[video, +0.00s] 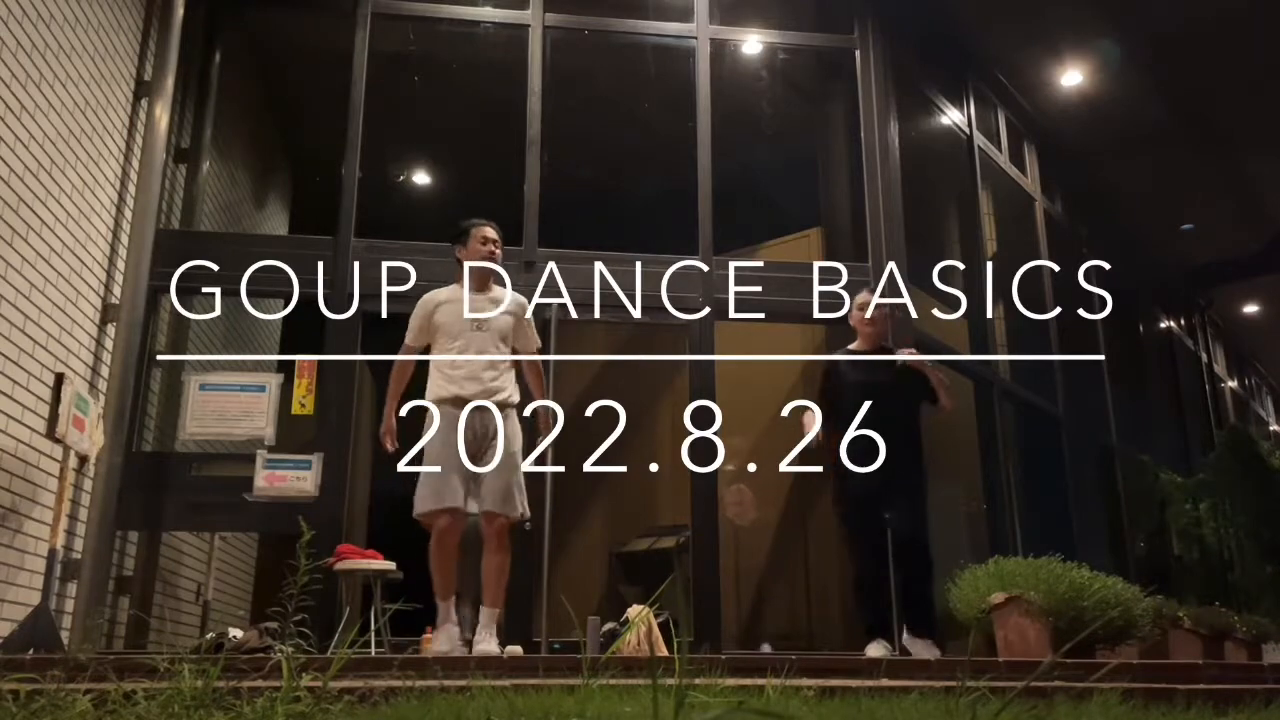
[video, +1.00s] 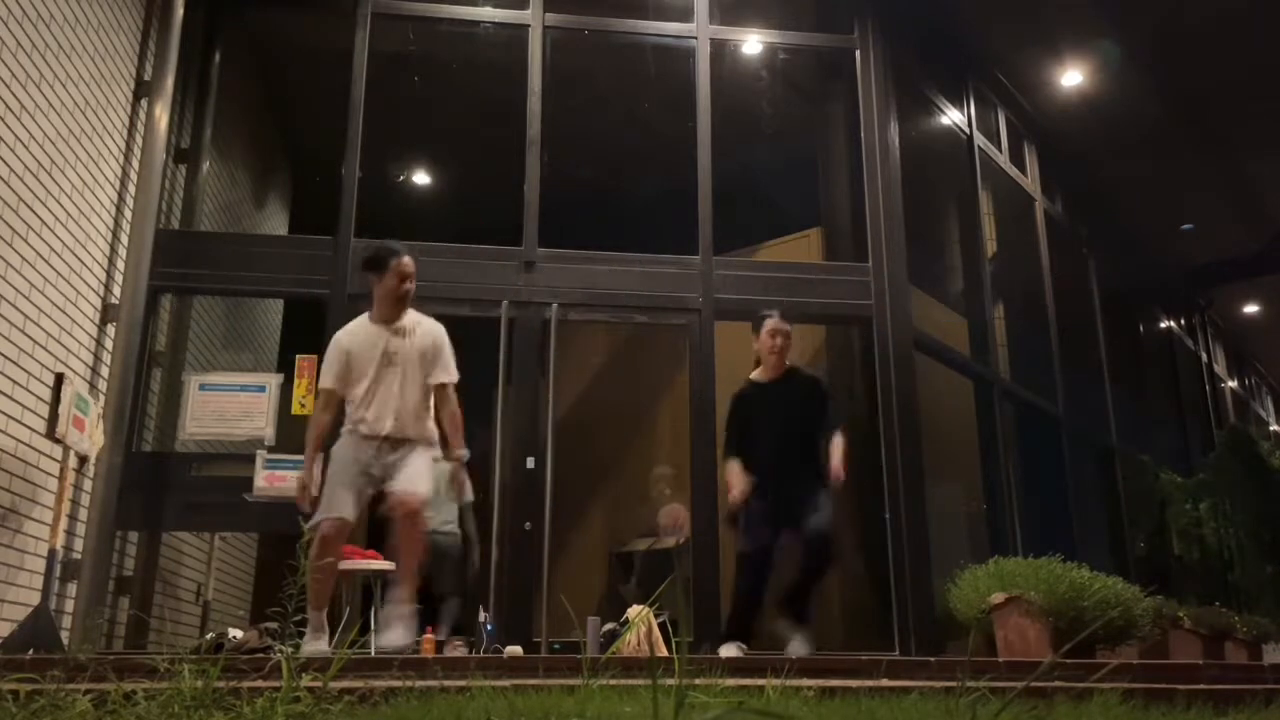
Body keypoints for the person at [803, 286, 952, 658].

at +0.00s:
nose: (875, 315)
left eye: (881, 309)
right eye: (866, 309)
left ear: (891, 317)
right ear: (852, 318)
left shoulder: (905, 361)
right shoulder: (836, 363)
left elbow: (947, 405)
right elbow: (815, 411)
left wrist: (926, 368)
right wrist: (813, 426)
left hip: (905, 471)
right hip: (856, 474)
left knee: (912, 548)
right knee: (867, 554)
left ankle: (917, 632)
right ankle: (877, 637)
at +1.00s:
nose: (779, 342)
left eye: (785, 335)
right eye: (772, 335)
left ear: (792, 342)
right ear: (757, 341)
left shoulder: (811, 387)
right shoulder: (745, 396)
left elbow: (833, 427)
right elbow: (732, 446)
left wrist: (835, 459)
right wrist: (736, 479)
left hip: (807, 483)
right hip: (761, 486)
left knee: (820, 547)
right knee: (752, 560)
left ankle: (793, 618)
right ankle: (736, 638)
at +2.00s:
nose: (777, 328)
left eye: (784, 321)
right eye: (770, 320)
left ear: (795, 329)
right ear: (757, 328)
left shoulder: (812, 376)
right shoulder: (743, 378)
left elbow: (827, 425)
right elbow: (715, 422)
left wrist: (836, 462)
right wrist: (719, 463)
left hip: (804, 479)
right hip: (753, 480)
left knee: (825, 554)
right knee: (734, 558)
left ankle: (799, 620)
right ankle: (711, 638)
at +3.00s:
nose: (890, 311)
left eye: (896, 303)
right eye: (882, 303)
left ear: (908, 304)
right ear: (872, 307)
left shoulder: (934, 337)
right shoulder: (869, 349)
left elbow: (979, 335)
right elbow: (840, 366)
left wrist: (919, 324)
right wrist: (882, 334)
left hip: (947, 440)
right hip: (903, 448)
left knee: (944, 518)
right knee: (919, 530)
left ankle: (991, 603)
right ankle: (957, 612)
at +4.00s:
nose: (785, 339)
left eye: (789, 333)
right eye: (777, 331)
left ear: (794, 340)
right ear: (760, 336)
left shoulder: (798, 390)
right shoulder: (738, 384)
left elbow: (799, 441)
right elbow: (714, 434)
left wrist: (810, 471)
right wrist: (718, 473)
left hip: (781, 482)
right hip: (741, 477)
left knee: (762, 555)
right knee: (766, 508)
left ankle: (719, 640)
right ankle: (742, 591)